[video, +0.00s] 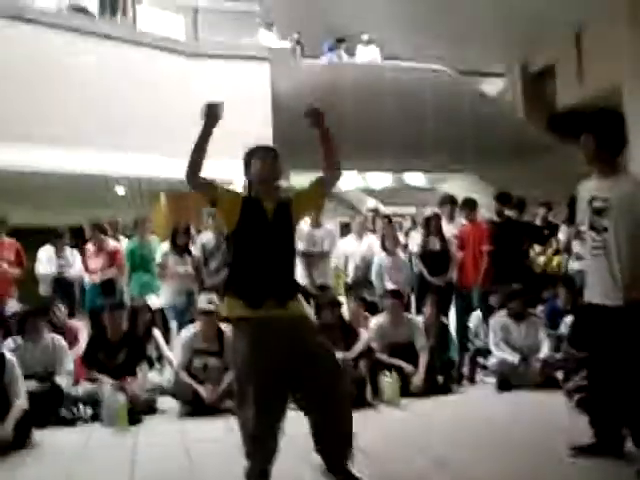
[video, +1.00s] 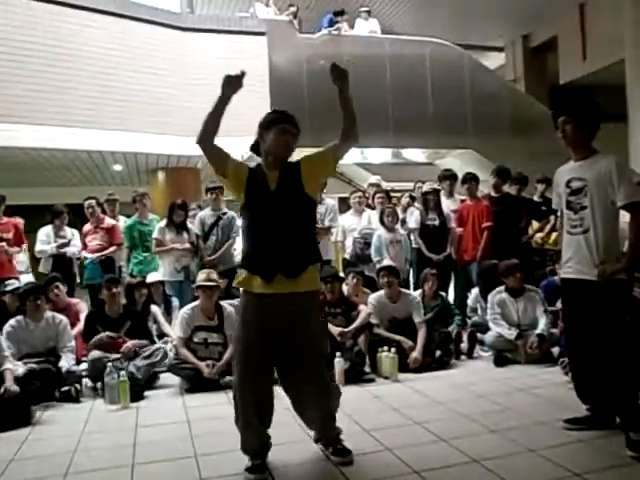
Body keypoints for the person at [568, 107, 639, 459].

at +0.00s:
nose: (584, 151)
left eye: (590, 143)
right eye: (584, 143)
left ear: (609, 146)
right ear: (588, 149)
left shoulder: (630, 188)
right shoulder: (583, 189)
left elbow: (636, 242)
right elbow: (579, 236)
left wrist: (633, 286)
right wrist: (573, 279)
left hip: (622, 296)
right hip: (591, 295)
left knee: (627, 376)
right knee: (597, 374)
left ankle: (631, 439)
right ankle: (606, 437)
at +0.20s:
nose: (585, 139)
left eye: (590, 131)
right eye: (584, 132)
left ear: (607, 135)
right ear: (587, 137)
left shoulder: (629, 176)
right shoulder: (582, 177)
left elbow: (639, 226)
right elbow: (578, 224)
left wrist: (634, 272)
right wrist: (573, 267)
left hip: (622, 286)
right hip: (587, 285)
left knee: (625, 362)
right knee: (590, 358)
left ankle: (635, 432)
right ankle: (598, 421)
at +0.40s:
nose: (573, 127)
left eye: (578, 121)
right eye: (573, 121)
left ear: (596, 125)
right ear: (581, 128)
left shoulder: (622, 165)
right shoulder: (574, 169)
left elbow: (637, 218)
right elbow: (568, 220)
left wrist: (633, 263)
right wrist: (564, 262)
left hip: (615, 278)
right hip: (580, 277)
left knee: (621, 350)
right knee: (582, 347)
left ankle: (634, 420)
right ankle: (595, 410)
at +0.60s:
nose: (568, 128)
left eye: (574, 121)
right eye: (567, 122)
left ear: (592, 125)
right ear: (573, 129)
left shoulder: (616, 165)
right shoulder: (569, 170)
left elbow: (634, 216)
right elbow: (564, 220)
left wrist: (631, 262)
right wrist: (562, 260)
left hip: (610, 276)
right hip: (576, 276)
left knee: (617, 348)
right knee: (582, 346)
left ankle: (633, 416)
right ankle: (597, 410)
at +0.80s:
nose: (564, 130)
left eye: (569, 124)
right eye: (562, 125)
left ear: (588, 126)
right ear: (565, 130)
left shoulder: (613, 165)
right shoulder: (563, 172)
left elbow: (634, 215)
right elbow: (564, 219)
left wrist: (629, 261)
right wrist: (562, 259)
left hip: (610, 276)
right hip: (574, 276)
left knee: (618, 347)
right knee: (581, 347)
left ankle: (632, 416)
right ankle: (598, 410)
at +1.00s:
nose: (562, 133)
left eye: (568, 126)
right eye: (559, 127)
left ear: (586, 128)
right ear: (560, 133)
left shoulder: (611, 166)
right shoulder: (561, 174)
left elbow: (636, 214)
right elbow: (562, 222)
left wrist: (629, 260)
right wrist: (561, 260)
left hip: (608, 277)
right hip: (573, 277)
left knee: (614, 347)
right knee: (580, 346)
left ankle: (628, 416)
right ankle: (597, 409)